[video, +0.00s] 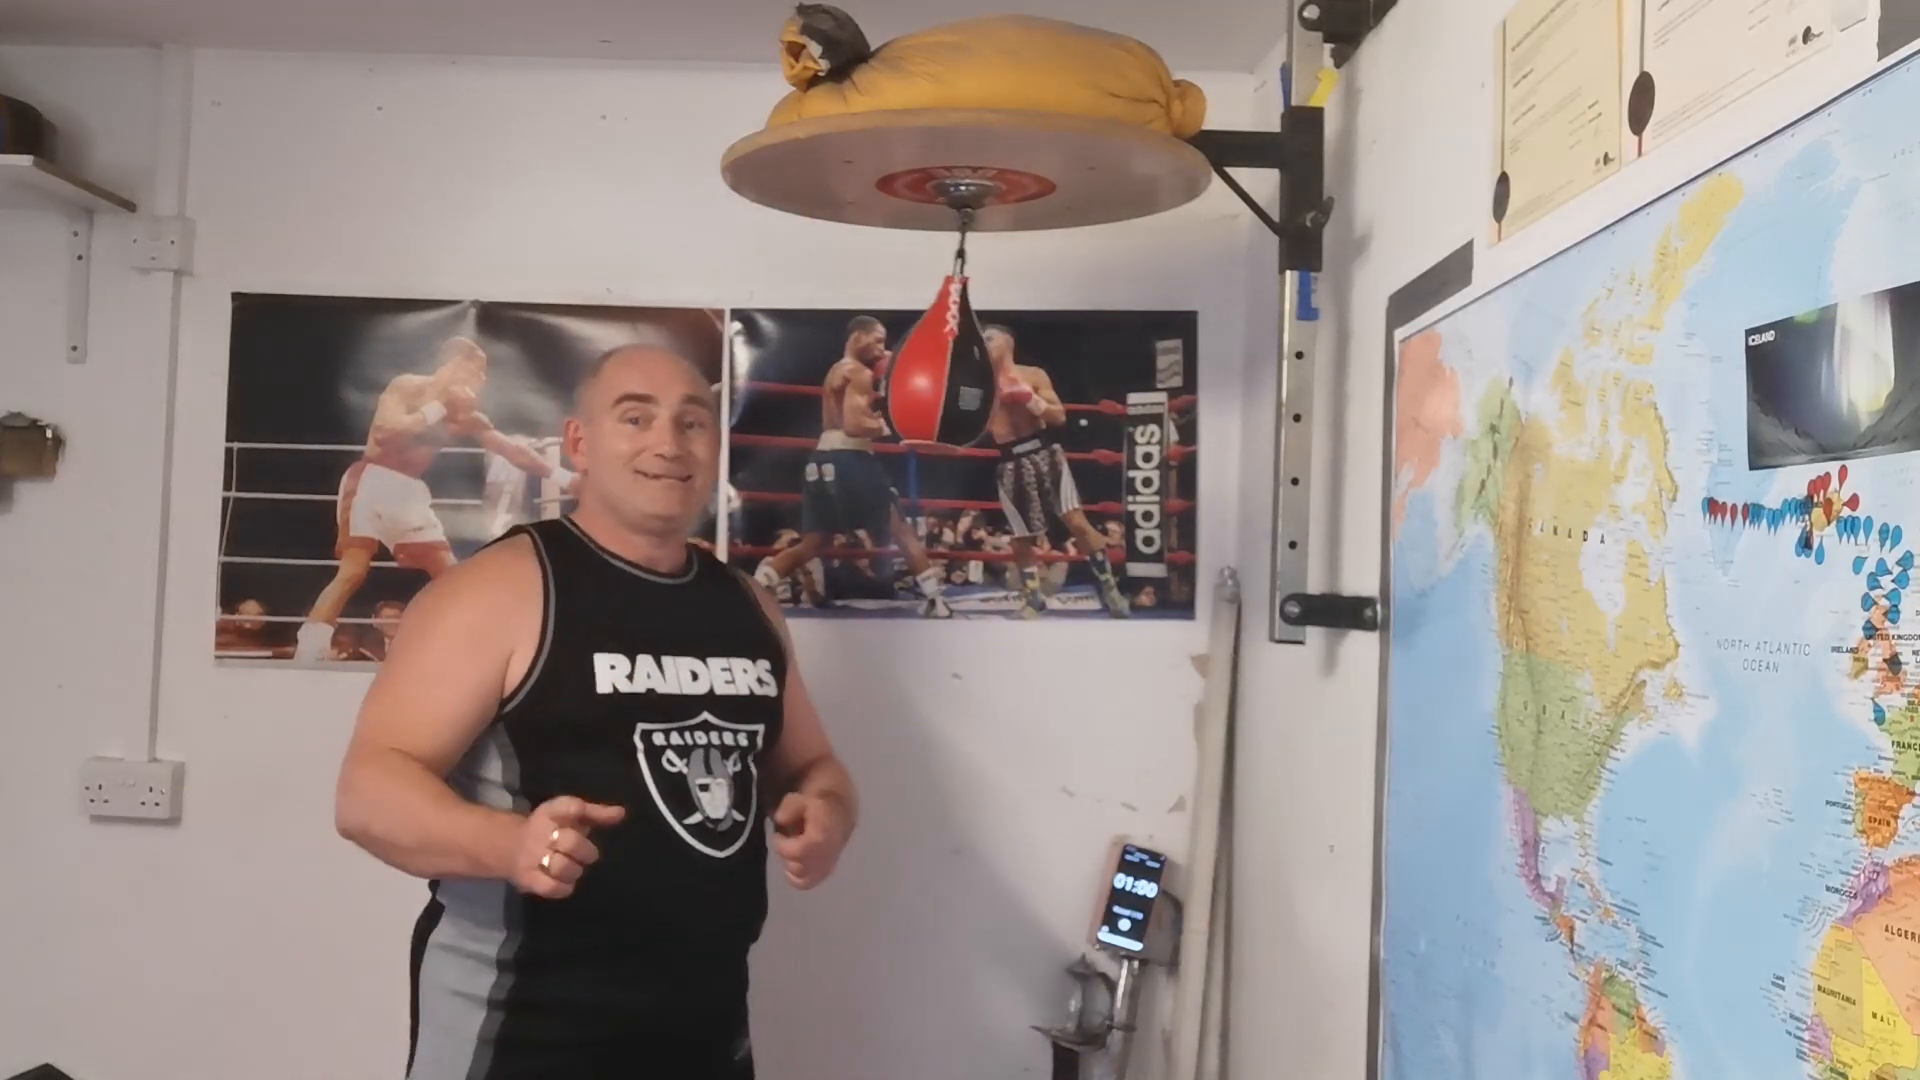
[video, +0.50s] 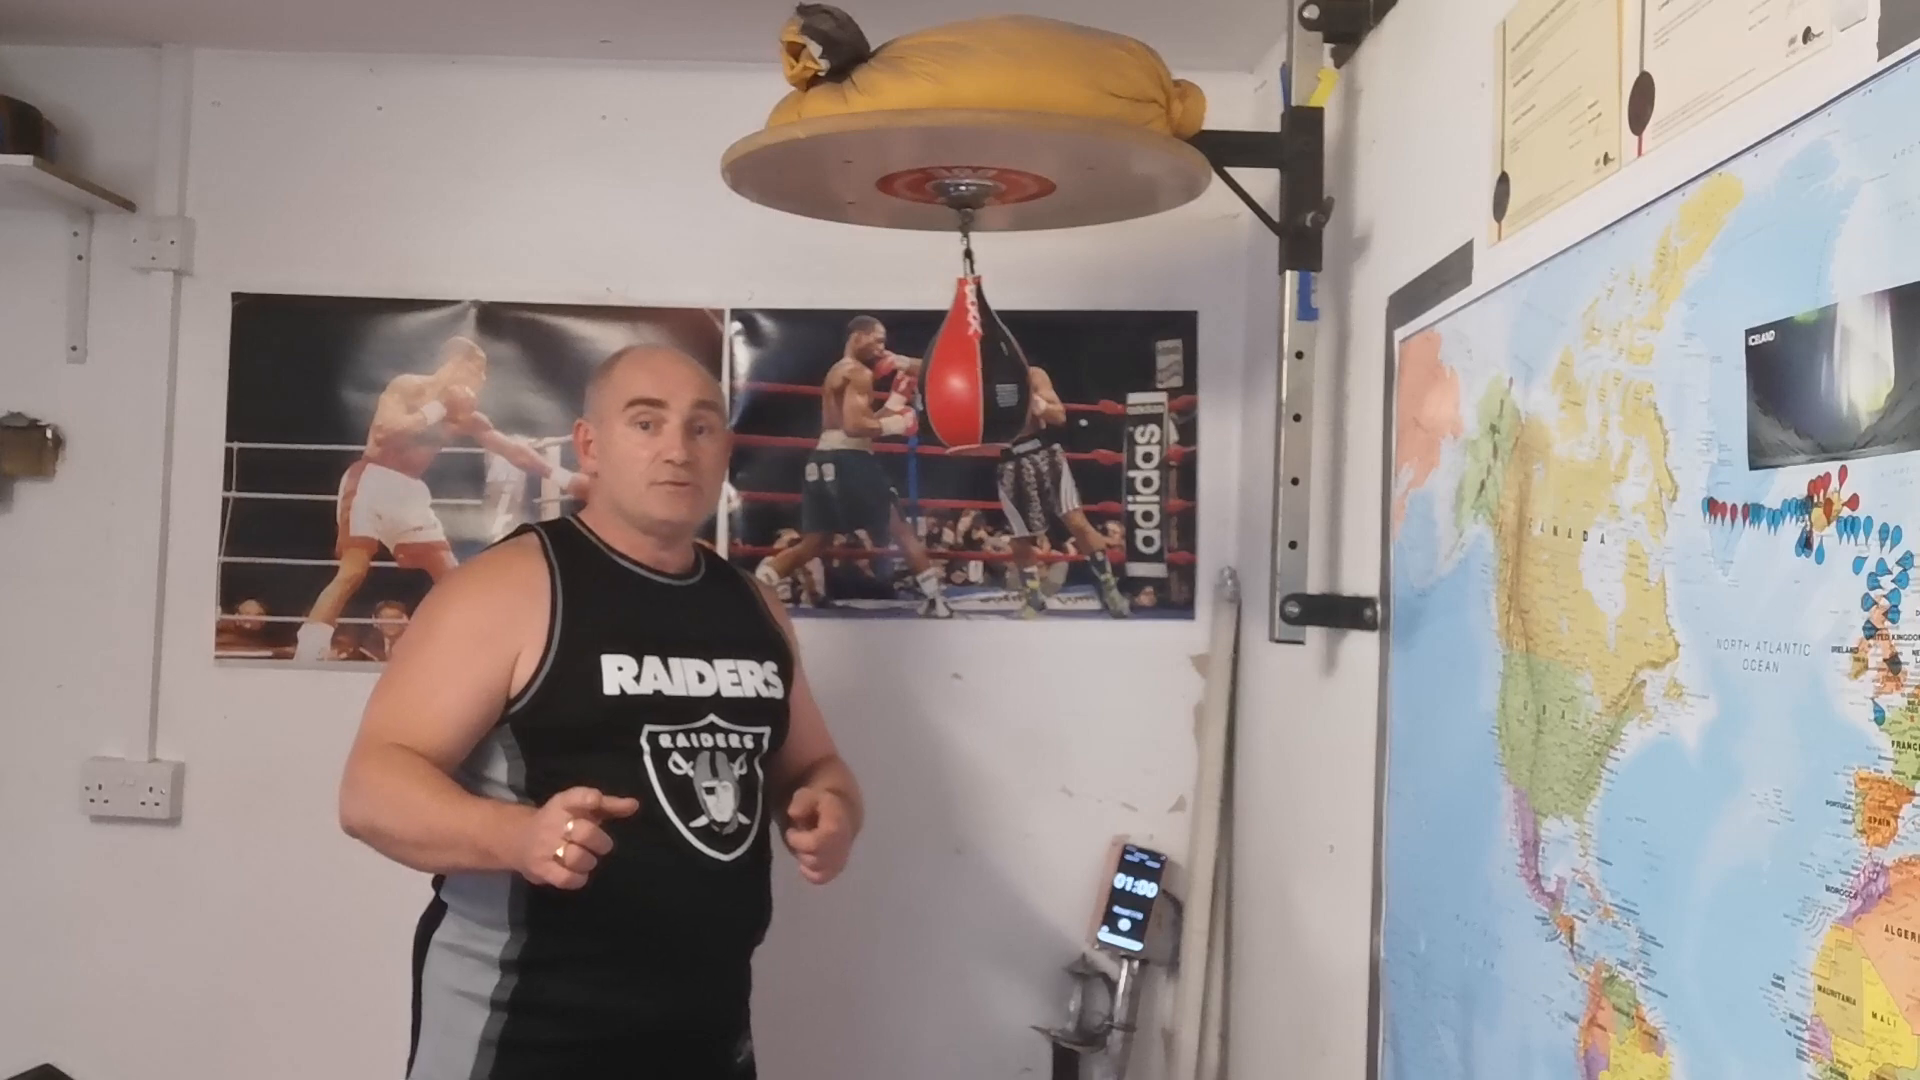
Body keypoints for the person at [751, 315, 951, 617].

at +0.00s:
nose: (881, 348)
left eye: (883, 343)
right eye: (878, 341)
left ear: (855, 340)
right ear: (857, 337)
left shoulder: (833, 373)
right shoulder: (859, 373)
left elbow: (834, 421)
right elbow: (854, 425)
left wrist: (877, 376)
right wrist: (884, 425)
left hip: (820, 462)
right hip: (853, 463)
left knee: (812, 543)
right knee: (903, 532)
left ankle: (754, 589)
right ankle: (936, 599)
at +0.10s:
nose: (881, 349)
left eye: (883, 343)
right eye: (877, 341)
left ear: (856, 340)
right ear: (857, 337)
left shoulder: (833, 373)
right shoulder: (859, 373)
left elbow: (838, 422)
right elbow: (854, 425)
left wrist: (885, 411)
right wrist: (891, 423)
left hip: (821, 462)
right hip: (853, 462)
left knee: (813, 543)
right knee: (903, 532)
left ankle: (755, 589)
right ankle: (936, 599)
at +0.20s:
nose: (881, 349)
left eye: (883, 343)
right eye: (877, 341)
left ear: (856, 340)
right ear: (857, 337)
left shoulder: (834, 373)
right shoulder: (859, 373)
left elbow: (843, 422)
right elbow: (854, 425)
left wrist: (887, 407)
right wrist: (890, 424)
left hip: (821, 463)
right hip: (853, 463)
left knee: (813, 543)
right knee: (903, 532)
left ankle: (755, 588)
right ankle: (936, 599)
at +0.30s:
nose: (881, 349)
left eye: (882, 343)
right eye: (877, 341)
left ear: (855, 341)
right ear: (855, 337)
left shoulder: (834, 373)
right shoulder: (858, 373)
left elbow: (844, 424)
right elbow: (853, 426)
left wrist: (889, 408)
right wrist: (896, 423)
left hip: (821, 463)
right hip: (853, 463)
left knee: (814, 542)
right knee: (903, 532)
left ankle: (756, 587)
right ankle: (936, 599)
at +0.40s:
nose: (881, 348)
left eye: (882, 343)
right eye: (877, 341)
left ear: (857, 340)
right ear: (856, 337)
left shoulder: (834, 373)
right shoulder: (858, 373)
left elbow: (848, 424)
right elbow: (854, 425)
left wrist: (889, 407)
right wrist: (895, 423)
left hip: (820, 463)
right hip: (852, 463)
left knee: (813, 542)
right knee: (901, 529)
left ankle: (756, 588)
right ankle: (935, 597)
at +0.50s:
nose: (881, 348)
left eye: (882, 343)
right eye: (878, 341)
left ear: (857, 340)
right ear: (857, 337)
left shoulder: (834, 374)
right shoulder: (858, 373)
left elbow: (851, 424)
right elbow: (854, 426)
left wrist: (890, 407)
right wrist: (895, 423)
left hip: (820, 463)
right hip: (852, 463)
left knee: (815, 542)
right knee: (901, 529)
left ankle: (756, 587)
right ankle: (936, 598)